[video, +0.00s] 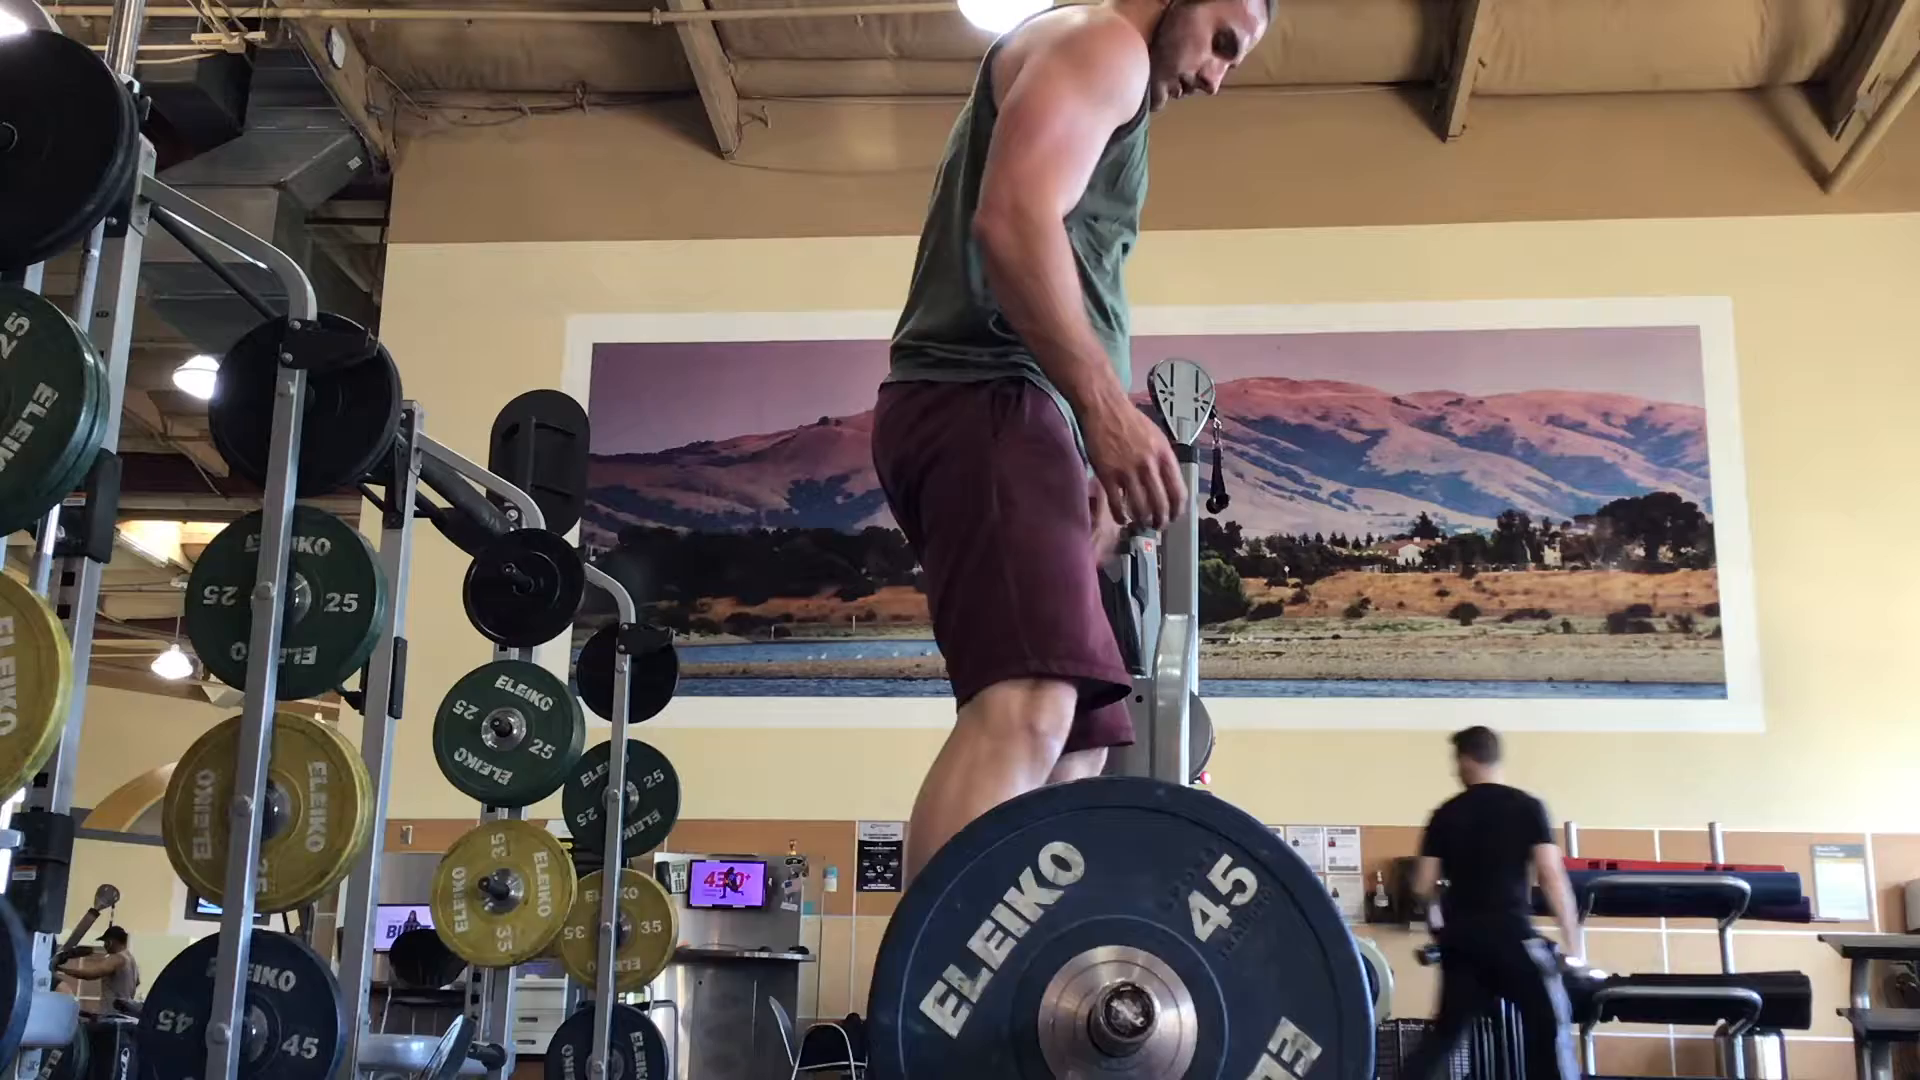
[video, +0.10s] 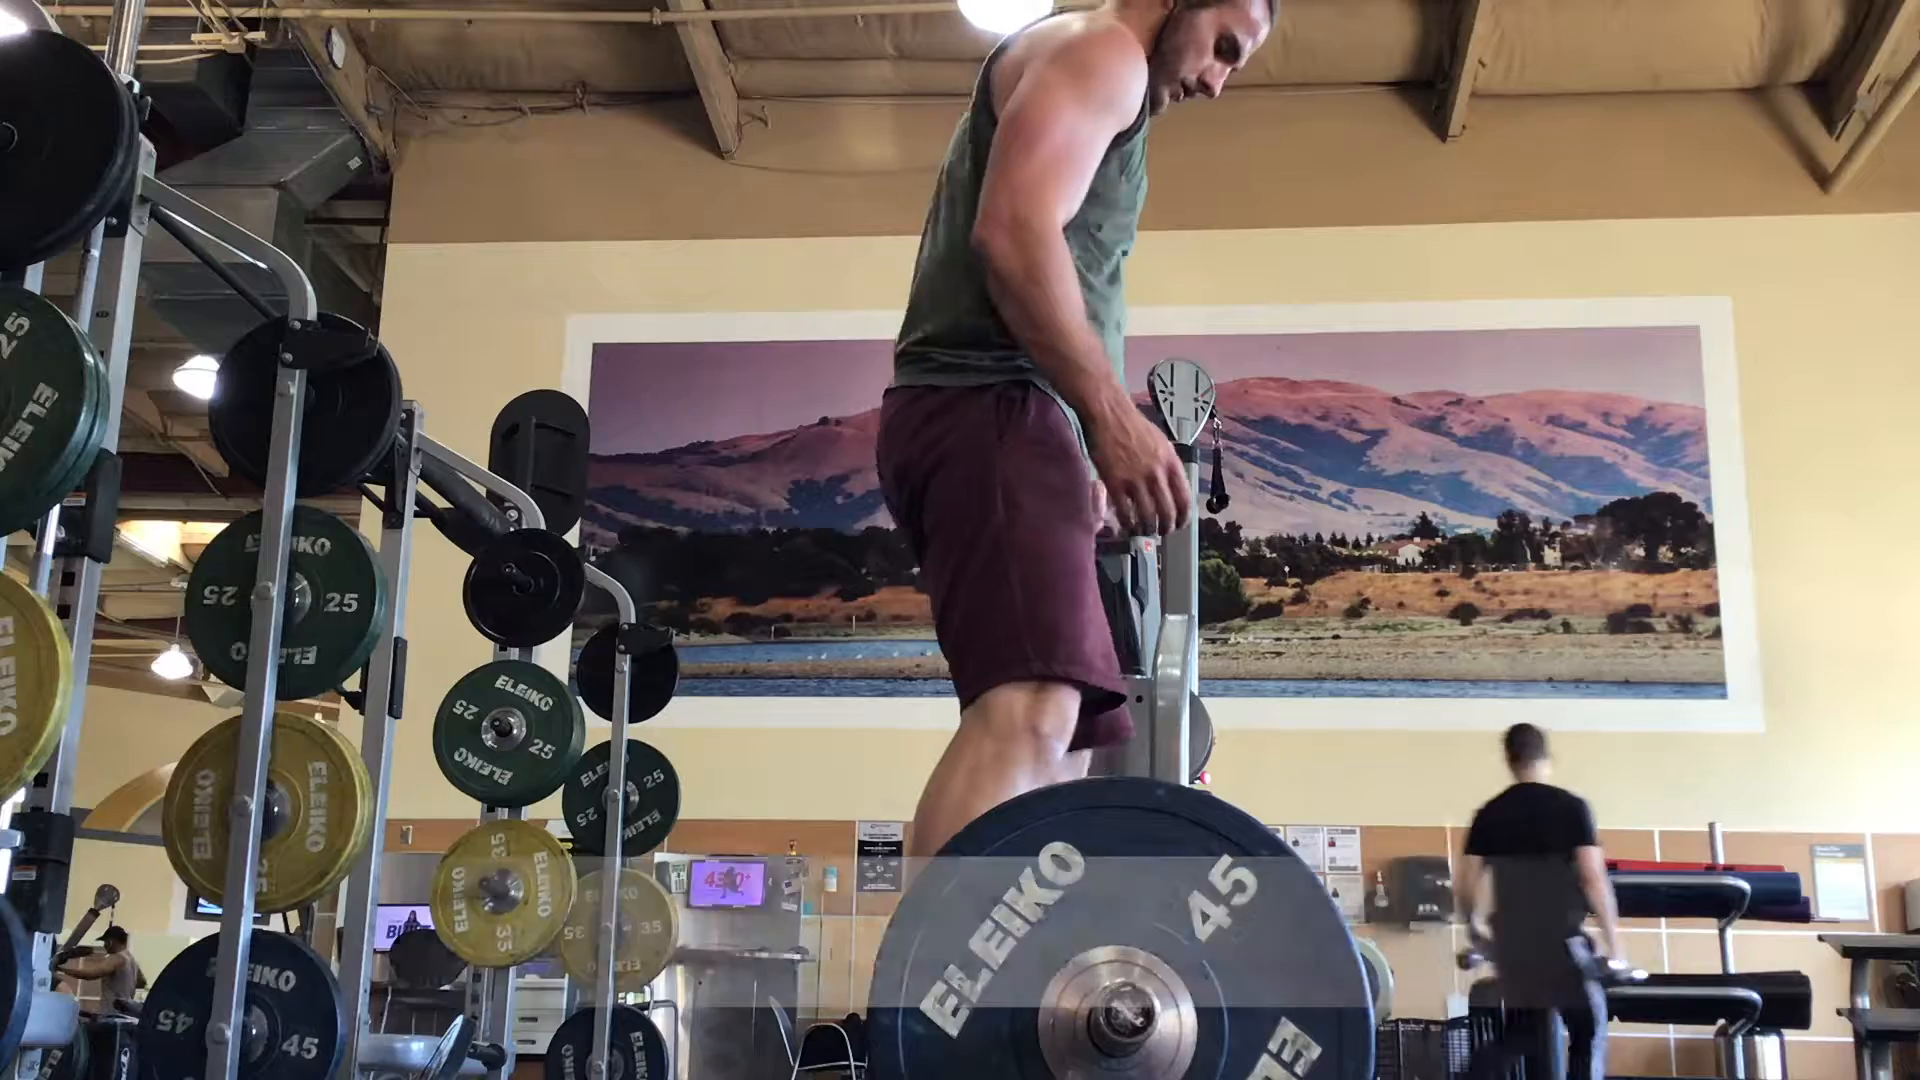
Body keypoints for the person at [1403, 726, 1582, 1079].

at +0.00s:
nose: (1456, 768)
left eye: (1457, 760)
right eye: (1457, 760)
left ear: (1465, 761)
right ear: (1498, 759)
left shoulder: (1445, 814)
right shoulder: (1527, 807)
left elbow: (1422, 885)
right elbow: (1552, 878)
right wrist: (1573, 947)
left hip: (1460, 939)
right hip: (1512, 939)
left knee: (1448, 1029)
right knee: (1551, 1024)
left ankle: (1412, 1073)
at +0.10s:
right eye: (1544, 755)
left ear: (1509, 760)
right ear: (1548, 756)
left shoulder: (1488, 814)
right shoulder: (1571, 808)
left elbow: (1466, 885)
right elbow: (1592, 879)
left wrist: (1473, 931)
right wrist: (1613, 948)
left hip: (1511, 938)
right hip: (1561, 939)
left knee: (1533, 1030)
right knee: (1590, 1025)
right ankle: (1586, 1075)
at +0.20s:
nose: (1596, 751)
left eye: (1592, 744)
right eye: (1592, 745)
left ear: (1552, 753)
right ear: (1585, 750)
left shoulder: (1527, 808)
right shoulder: (1606, 804)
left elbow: (1509, 879)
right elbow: (1630, 876)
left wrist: (1513, 935)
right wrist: (1651, 949)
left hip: (1550, 933)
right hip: (1595, 933)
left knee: (1588, 1027)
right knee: (1604, 1030)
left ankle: (1561, 1073)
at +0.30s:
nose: (1644, 756)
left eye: (1641, 747)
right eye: (1639, 747)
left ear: (1599, 755)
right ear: (1622, 751)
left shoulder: (1568, 810)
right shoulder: (1640, 806)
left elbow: (1554, 879)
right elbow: (1664, 875)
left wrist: (1556, 939)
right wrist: (1687, 948)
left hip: (1587, 931)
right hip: (1628, 930)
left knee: (1653, 1024)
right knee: (1620, 1025)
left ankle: (1656, 1073)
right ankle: (1598, 1075)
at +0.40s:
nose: (1687, 766)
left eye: (1686, 756)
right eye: (1682, 756)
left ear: (1645, 764)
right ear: (1659, 761)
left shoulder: (1613, 820)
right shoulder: (1679, 815)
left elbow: (1601, 891)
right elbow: (1704, 888)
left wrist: (1597, 949)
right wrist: (1728, 956)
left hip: (1630, 934)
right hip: (1664, 937)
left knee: (1695, 1026)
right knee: (1642, 1031)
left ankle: (1717, 1074)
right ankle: (1607, 1076)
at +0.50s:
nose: (1729, 769)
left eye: (1726, 760)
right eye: (1722, 761)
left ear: (1688, 770)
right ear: (1701, 767)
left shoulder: (1661, 827)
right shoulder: (1723, 820)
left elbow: (1649, 900)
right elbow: (1743, 891)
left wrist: (1642, 960)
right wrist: (1765, 959)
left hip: (1684, 941)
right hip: (1715, 942)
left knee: (1759, 1035)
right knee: (1691, 1037)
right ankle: (1641, 1075)